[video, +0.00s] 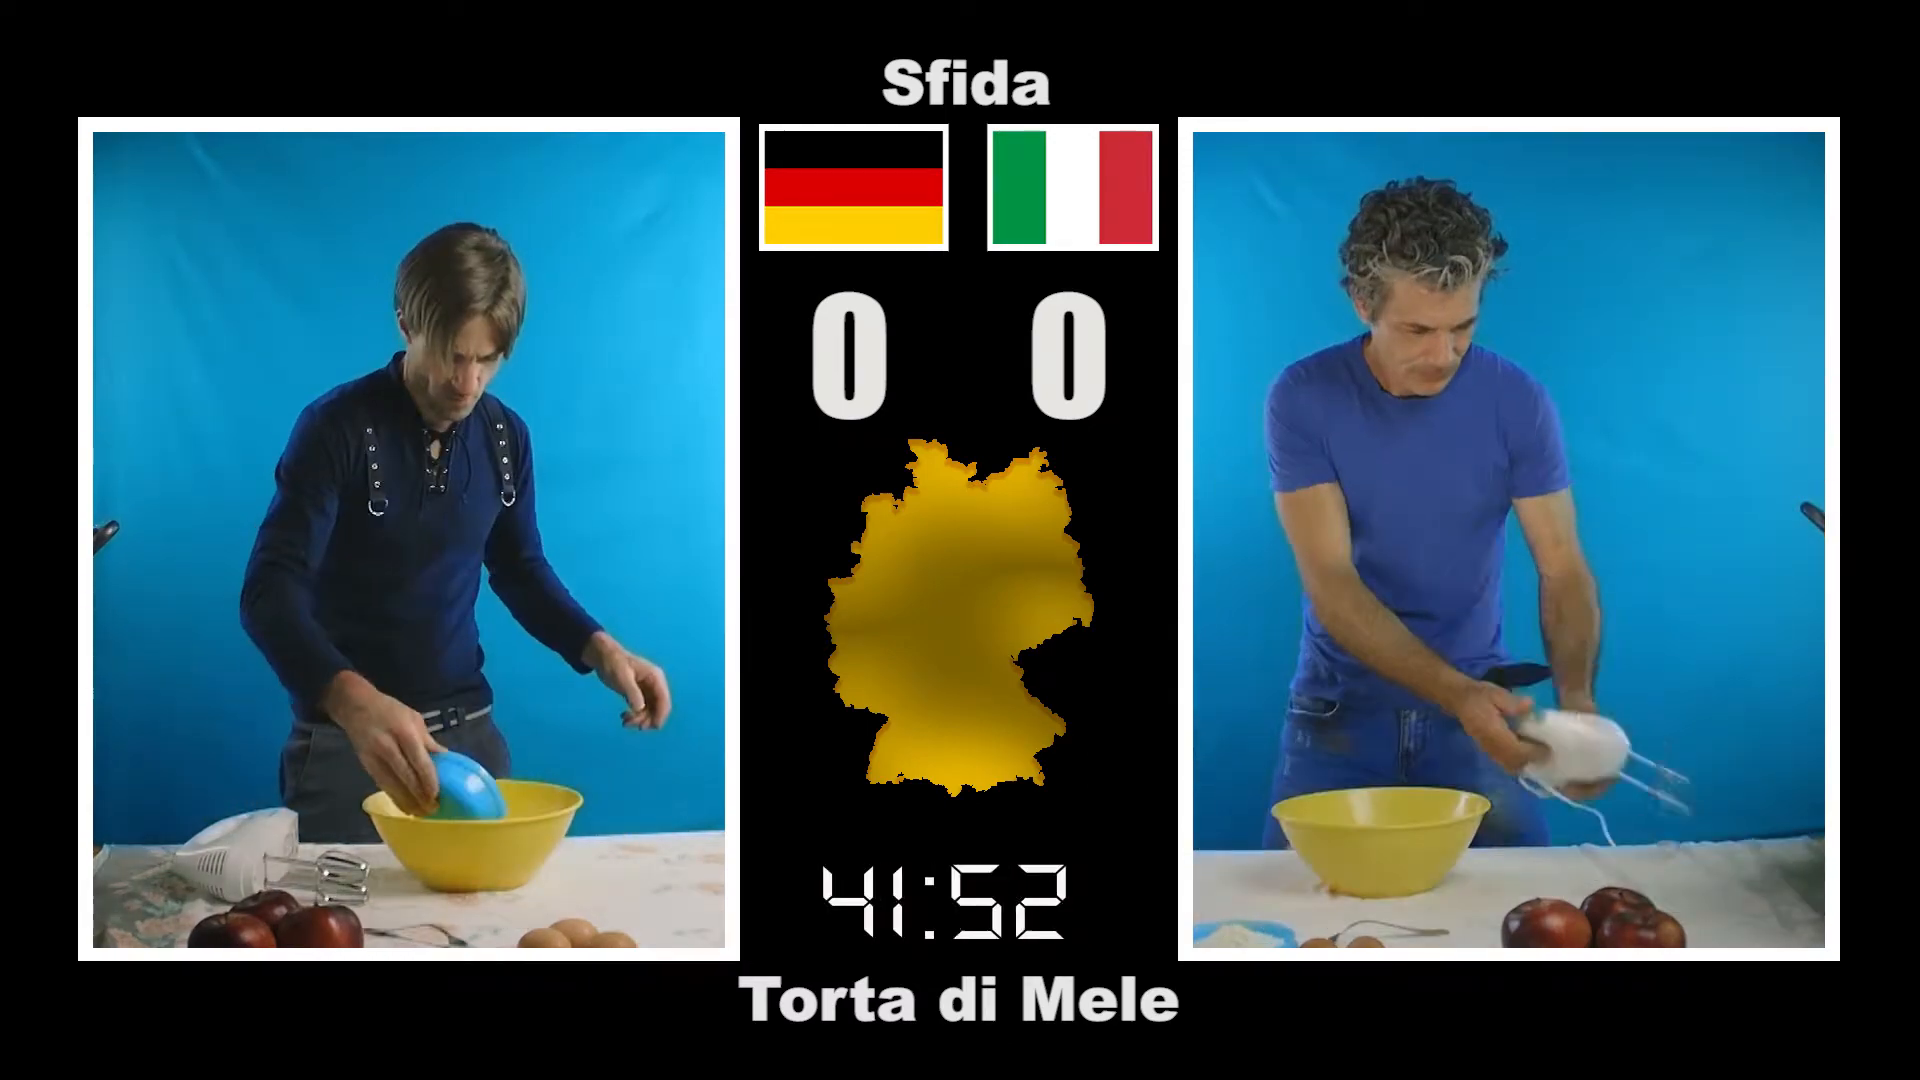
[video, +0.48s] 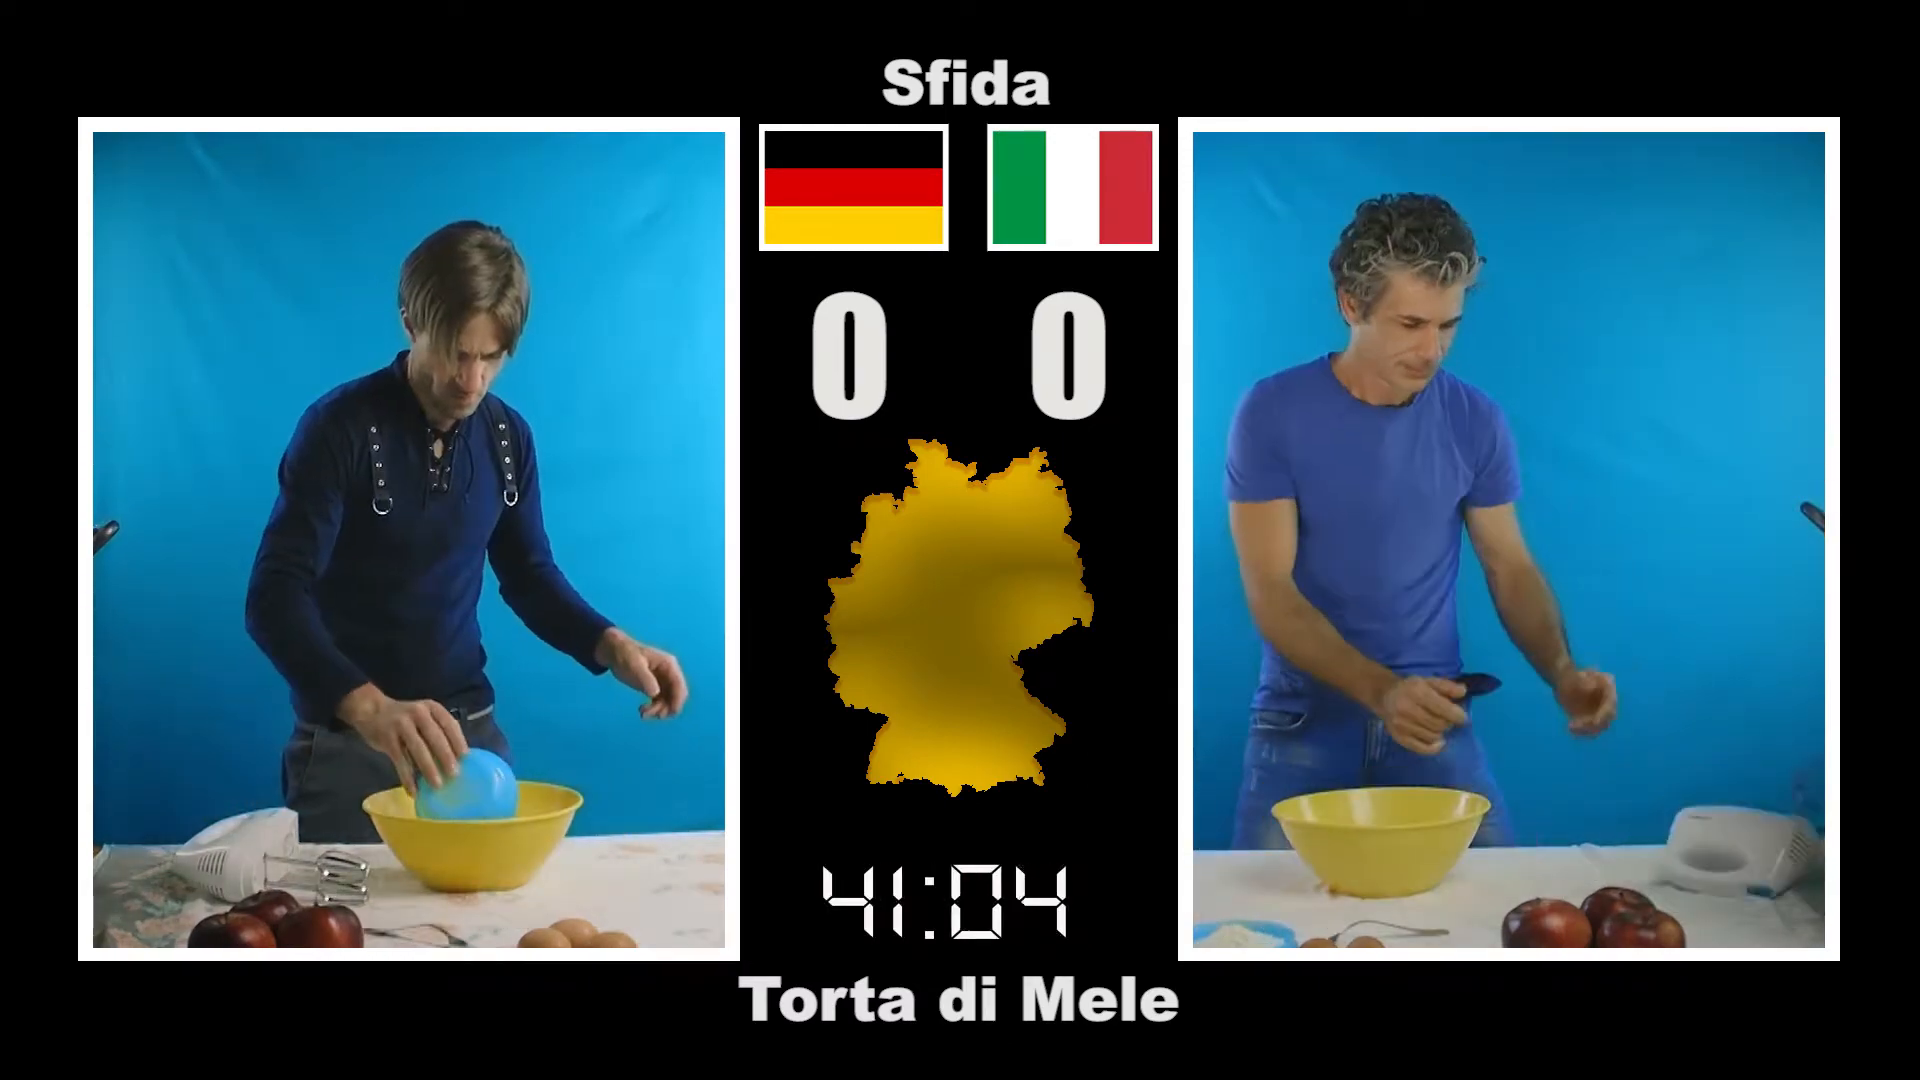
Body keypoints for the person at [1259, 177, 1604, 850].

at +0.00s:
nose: (1442, 354)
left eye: (1462, 328)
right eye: (1416, 331)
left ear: (1479, 302)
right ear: (1364, 305)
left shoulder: (1515, 401)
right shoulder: (1307, 399)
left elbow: (1562, 566)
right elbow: (1333, 585)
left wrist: (1575, 705)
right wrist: (1460, 693)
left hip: (1475, 718)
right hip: (1340, 712)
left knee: (1502, 941)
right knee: (1317, 932)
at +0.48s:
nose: (1432, 349)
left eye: (1448, 325)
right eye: (1410, 324)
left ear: (1462, 314)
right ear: (1352, 307)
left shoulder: (1472, 421)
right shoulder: (1275, 413)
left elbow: (1510, 564)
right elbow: (1270, 593)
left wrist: (1562, 673)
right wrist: (1381, 689)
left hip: (1434, 731)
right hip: (1305, 733)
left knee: (1492, 923)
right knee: (1283, 939)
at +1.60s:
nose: (1612, 496)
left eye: (1630, 469)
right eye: (1589, 469)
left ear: (1644, 450)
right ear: (1524, 446)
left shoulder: (1630, 533)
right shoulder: (1449, 508)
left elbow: (1658, 690)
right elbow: (1467, 693)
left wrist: (1723, 794)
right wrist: (1616, 803)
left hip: (1500, 743)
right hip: (1383, 750)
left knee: (1524, 919)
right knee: (1361, 925)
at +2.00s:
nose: (1624, 445)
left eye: (1646, 418)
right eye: (1598, 417)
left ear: (1666, 397)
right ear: (1546, 390)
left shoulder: (1675, 482)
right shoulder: (1472, 473)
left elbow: (1711, 653)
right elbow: (1481, 682)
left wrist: (1773, 783)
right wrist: (1612, 788)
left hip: (1562, 710)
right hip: (1440, 705)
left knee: (1600, 906)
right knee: (1373, 884)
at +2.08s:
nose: (1616, 436)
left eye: (1638, 409)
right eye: (1590, 408)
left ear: (1657, 389)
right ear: (1538, 382)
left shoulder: (1670, 477)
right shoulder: (1466, 465)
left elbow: (1705, 647)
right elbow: (1457, 671)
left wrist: (1767, 761)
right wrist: (1569, 756)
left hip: (1562, 717)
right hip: (1440, 710)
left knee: (1623, 908)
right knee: (1375, 892)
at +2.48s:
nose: (1414, 346)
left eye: (1439, 318)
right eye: (1389, 319)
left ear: (1478, 291)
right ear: (1363, 294)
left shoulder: (1539, 398)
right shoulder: (1319, 418)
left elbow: (1591, 574)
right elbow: (1250, 604)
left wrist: (1600, 744)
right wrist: (1246, 743)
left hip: (1528, 762)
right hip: (1383, 764)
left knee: (1536, 963)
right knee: (1387, 969)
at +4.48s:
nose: (1505, 347)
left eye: (1529, 319)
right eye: (1481, 320)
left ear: (1565, 295)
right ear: (1454, 295)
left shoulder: (1620, 413)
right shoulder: (1393, 401)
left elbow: (1663, 589)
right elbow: (1340, 560)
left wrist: (1580, 697)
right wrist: (1383, 647)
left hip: (1560, 761)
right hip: (1418, 751)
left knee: (1559, 951)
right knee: (1411, 951)